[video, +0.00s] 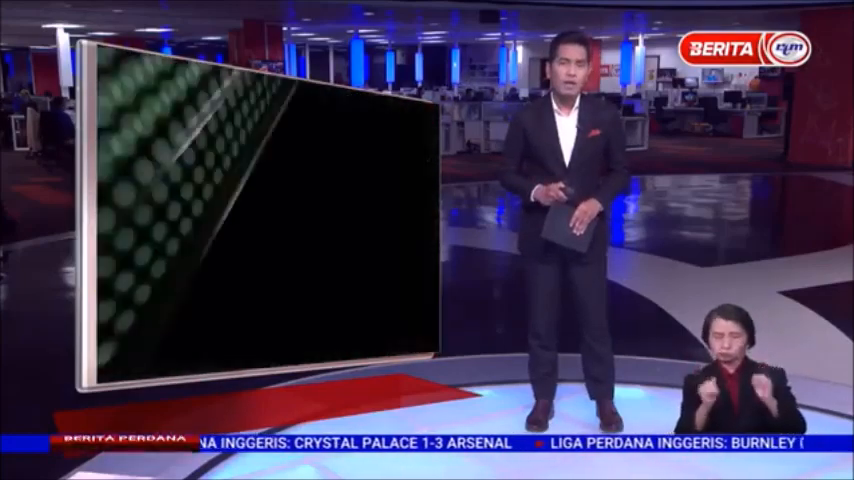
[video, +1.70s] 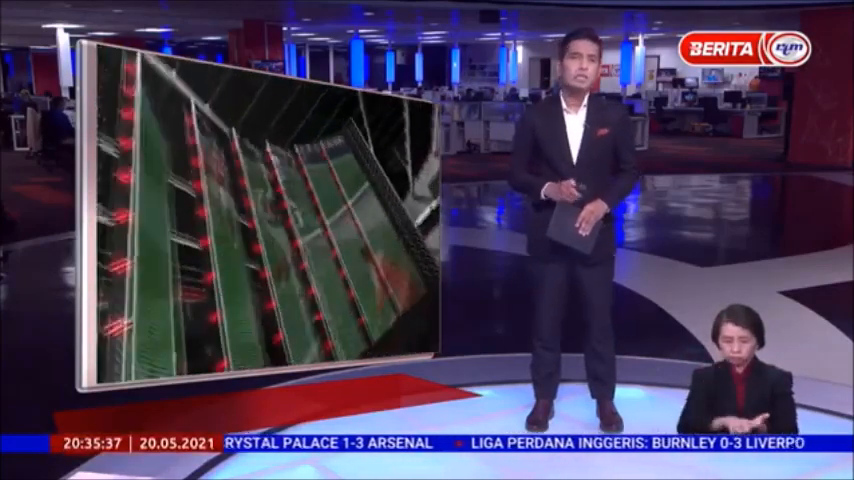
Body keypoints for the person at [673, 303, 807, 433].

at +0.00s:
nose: (726, 344)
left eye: (735, 336)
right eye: (718, 337)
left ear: (748, 340)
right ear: (708, 341)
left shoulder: (773, 377)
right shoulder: (696, 382)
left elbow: (798, 429)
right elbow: (682, 437)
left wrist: (769, 401)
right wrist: (704, 408)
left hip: (765, 463)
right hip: (713, 464)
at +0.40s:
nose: (732, 343)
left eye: (741, 335)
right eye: (724, 335)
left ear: (754, 339)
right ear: (714, 340)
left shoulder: (775, 379)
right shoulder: (701, 381)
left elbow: (792, 431)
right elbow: (692, 432)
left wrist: (759, 411)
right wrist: (722, 405)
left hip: (766, 461)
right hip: (715, 461)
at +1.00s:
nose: (737, 344)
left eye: (745, 336)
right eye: (729, 336)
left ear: (758, 340)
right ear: (719, 340)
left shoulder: (779, 379)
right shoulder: (702, 379)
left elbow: (801, 430)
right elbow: (680, 433)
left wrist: (772, 422)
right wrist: (701, 414)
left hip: (767, 465)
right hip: (712, 464)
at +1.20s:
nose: (736, 347)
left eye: (744, 338)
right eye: (728, 338)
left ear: (758, 341)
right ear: (718, 341)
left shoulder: (779, 380)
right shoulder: (704, 379)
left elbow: (795, 434)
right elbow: (683, 431)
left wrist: (774, 436)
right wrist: (703, 415)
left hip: (763, 464)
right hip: (712, 462)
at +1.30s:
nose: (735, 349)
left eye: (744, 340)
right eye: (728, 340)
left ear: (757, 342)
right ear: (718, 342)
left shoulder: (777, 380)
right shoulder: (704, 377)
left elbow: (792, 432)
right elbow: (685, 425)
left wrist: (770, 428)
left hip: (762, 462)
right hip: (715, 460)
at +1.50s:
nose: (735, 350)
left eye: (743, 341)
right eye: (728, 341)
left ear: (757, 343)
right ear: (718, 343)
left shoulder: (777, 379)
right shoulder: (704, 377)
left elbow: (789, 430)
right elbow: (685, 421)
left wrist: (770, 421)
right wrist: (712, 386)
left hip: (762, 462)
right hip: (714, 460)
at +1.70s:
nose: (735, 349)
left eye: (744, 341)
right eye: (728, 341)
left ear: (757, 343)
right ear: (718, 343)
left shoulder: (777, 380)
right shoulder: (704, 378)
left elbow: (789, 434)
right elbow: (685, 427)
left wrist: (762, 428)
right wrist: (723, 422)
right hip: (714, 462)